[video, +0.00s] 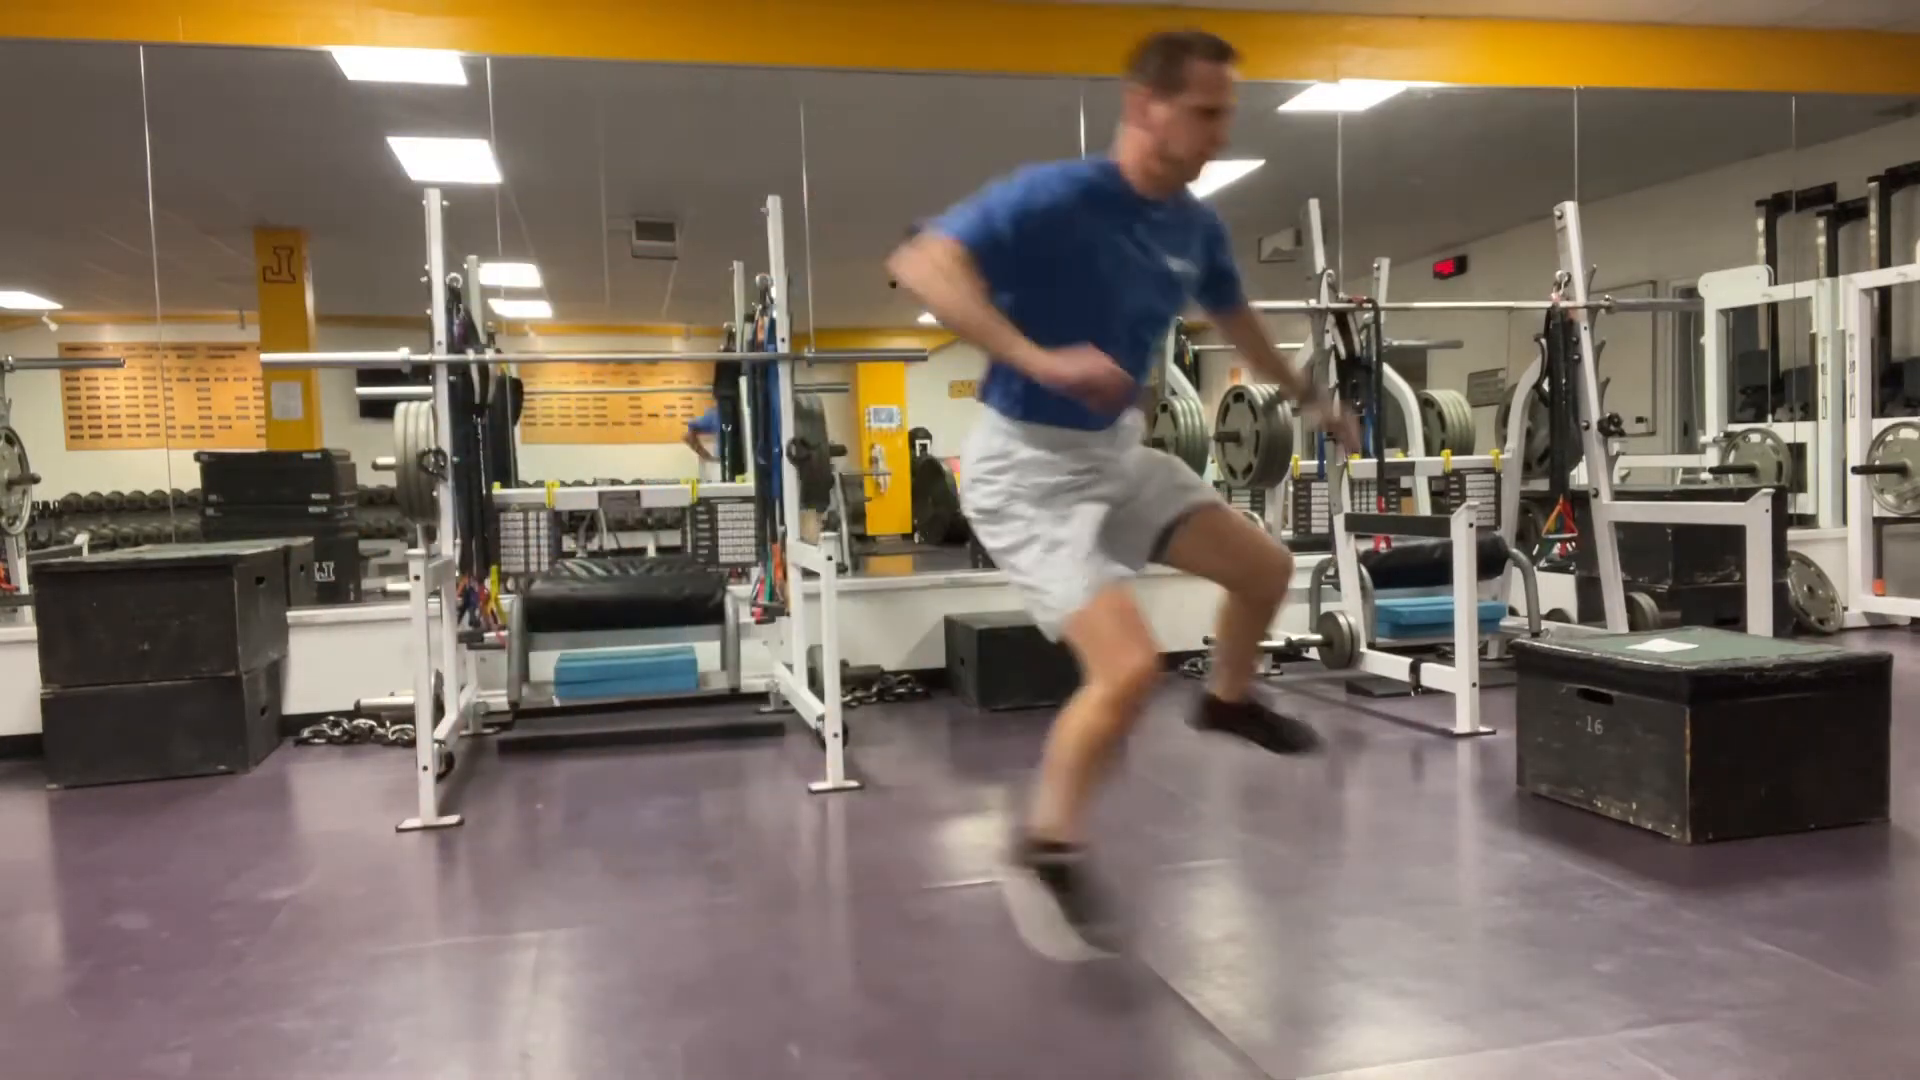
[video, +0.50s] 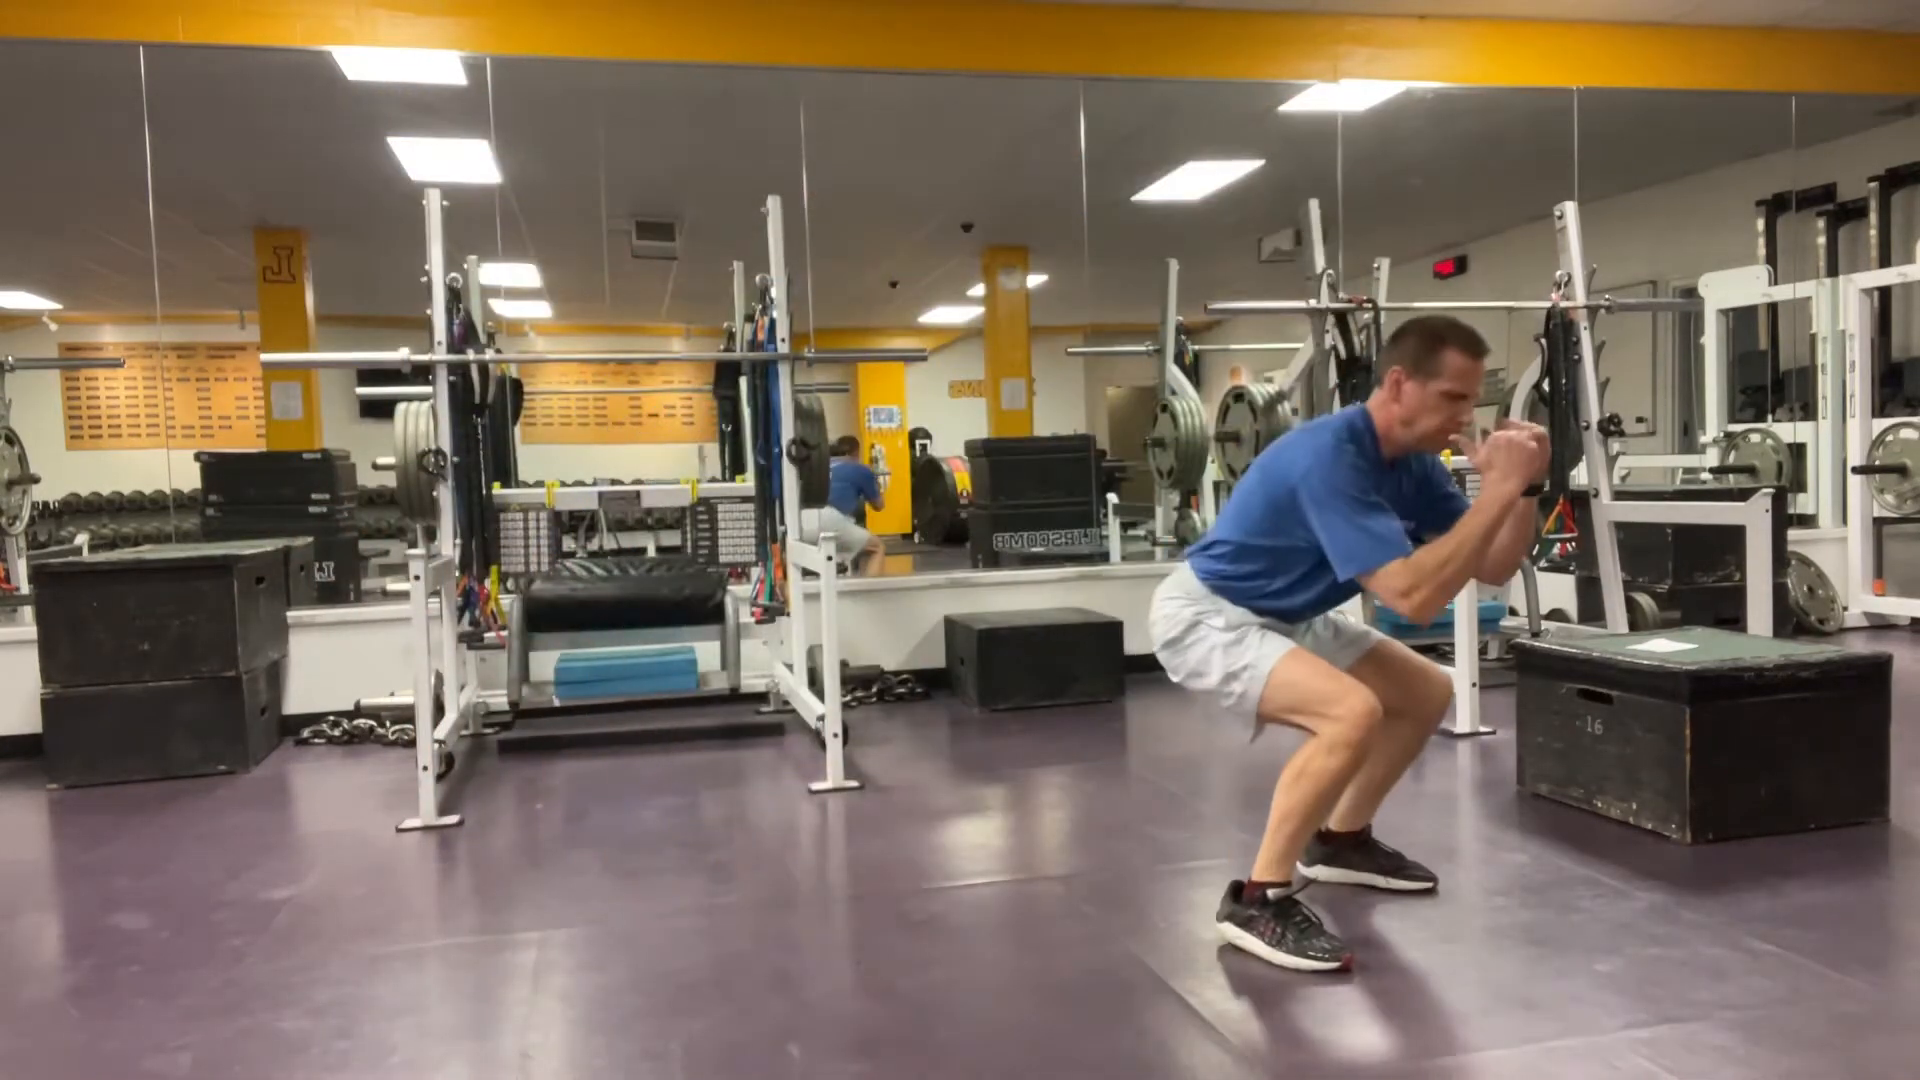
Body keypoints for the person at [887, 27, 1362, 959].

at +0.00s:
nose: (1217, 134)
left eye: (1224, 117)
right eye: (1202, 113)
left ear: (1218, 122)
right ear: (1142, 106)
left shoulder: (1196, 229)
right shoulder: (1055, 196)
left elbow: (1242, 330)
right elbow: (922, 263)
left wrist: (1306, 395)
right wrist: (1033, 355)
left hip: (1117, 459)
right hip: (1023, 466)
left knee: (1263, 569)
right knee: (1127, 667)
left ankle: (1229, 702)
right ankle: (1045, 846)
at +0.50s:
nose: (1466, 419)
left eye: (1472, 403)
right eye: (1454, 400)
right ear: (1396, 387)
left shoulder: (1412, 466)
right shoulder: (1328, 457)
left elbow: (1488, 567)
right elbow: (1413, 599)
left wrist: (1527, 487)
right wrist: (1498, 490)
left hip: (1289, 617)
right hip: (1207, 615)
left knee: (1425, 692)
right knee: (1351, 713)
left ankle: (1342, 839)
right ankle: (1259, 896)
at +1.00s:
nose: (1421, 300)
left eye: (1428, 282)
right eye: (1407, 280)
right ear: (1353, 275)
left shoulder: (1375, 369)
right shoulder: (1280, 359)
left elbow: (1384, 492)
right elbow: (1307, 526)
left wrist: (1458, 533)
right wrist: (1448, 550)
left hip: (1275, 549)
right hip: (1196, 546)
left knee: (1389, 677)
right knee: (1322, 694)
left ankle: (1341, 838)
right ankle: (1258, 892)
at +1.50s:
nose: (1127, 200)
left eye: (1134, 184)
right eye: (1108, 184)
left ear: (1142, 191)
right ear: (1061, 193)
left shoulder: (1136, 302)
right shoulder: (1025, 295)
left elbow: (1126, 431)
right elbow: (939, 424)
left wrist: (1167, 513)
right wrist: (953, 550)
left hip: (1110, 509)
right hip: (1052, 510)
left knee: (1104, 710)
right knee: (1172, 688)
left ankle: (978, 833)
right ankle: (1240, 895)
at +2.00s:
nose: (814, 199)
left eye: (824, 182)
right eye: (795, 186)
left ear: (840, 186)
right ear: (761, 194)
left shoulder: (863, 282)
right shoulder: (734, 292)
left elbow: (877, 395)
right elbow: (733, 430)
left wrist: (925, 472)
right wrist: (840, 476)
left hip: (867, 514)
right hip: (779, 524)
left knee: (927, 671)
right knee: (746, 710)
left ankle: (957, 849)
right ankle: (627, 858)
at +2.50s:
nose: (599, 239)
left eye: (613, 219)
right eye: (583, 222)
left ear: (634, 204)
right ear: (553, 205)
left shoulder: (669, 284)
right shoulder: (512, 297)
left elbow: (706, 383)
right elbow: (456, 404)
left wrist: (749, 482)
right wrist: (417, 519)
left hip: (644, 498)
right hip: (559, 500)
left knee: (613, 682)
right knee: (601, 683)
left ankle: (550, 813)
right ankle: (607, 872)